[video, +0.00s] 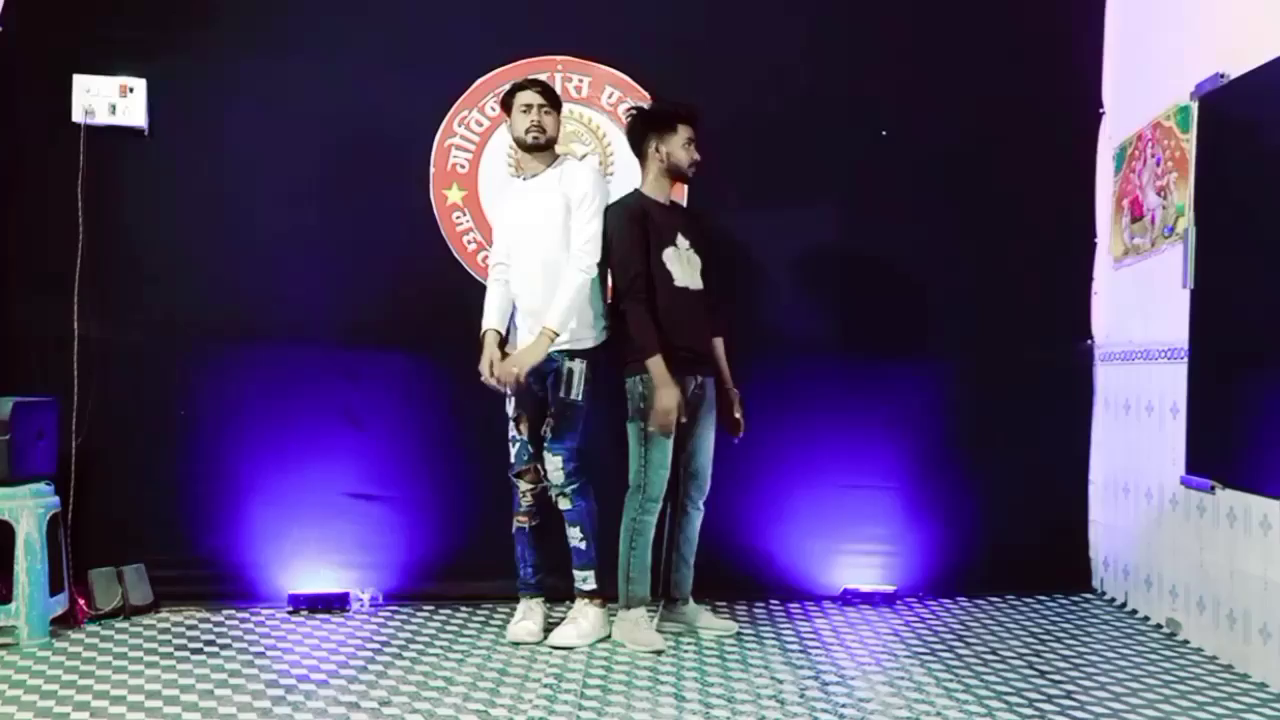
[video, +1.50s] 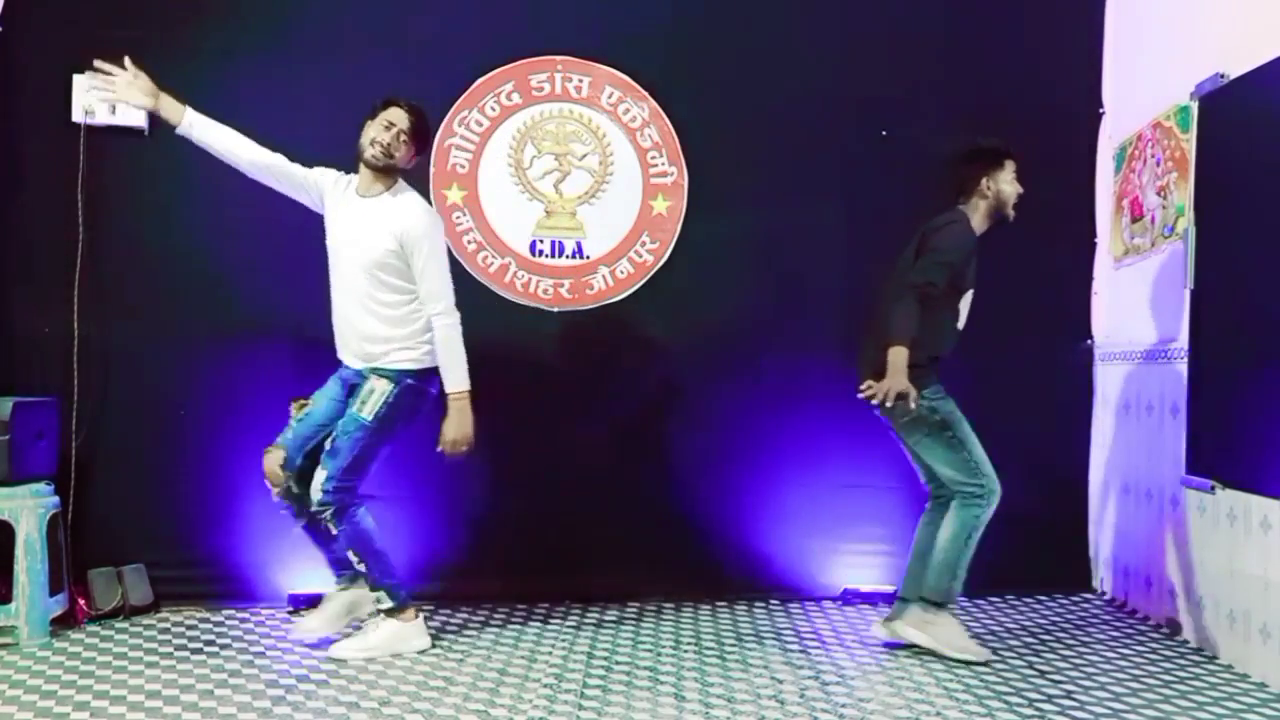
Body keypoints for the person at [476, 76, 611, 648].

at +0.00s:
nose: (535, 118)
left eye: (545, 110)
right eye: (524, 110)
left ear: (559, 121)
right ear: (508, 121)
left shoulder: (581, 175)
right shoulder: (506, 188)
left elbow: (586, 264)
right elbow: (501, 265)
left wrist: (541, 341)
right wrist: (491, 337)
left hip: (572, 343)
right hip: (520, 345)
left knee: (562, 468)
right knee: (524, 474)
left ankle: (589, 602)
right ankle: (530, 599)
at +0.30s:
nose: (535, 128)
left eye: (542, 116)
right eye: (523, 121)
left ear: (561, 118)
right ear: (513, 132)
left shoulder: (580, 172)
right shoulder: (522, 187)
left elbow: (592, 262)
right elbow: (517, 266)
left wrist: (588, 346)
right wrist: (503, 343)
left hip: (574, 347)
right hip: (529, 348)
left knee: (575, 471)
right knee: (529, 473)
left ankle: (589, 601)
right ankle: (532, 597)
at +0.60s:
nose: (508, 136)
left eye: (518, 125)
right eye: (499, 128)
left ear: (541, 129)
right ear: (491, 138)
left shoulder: (574, 187)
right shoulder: (495, 195)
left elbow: (592, 275)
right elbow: (497, 273)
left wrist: (587, 359)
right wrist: (498, 346)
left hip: (574, 354)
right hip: (529, 356)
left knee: (551, 473)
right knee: (528, 480)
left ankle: (586, 592)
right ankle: (573, 591)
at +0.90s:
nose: (486, 160)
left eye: (498, 152)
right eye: (476, 150)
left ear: (513, 164)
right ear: (461, 160)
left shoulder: (538, 223)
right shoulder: (447, 232)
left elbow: (575, 313)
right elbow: (420, 311)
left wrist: (598, 394)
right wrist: (377, 386)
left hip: (555, 370)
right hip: (504, 378)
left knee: (505, 477)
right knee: (485, 499)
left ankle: (568, 586)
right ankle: (549, 590)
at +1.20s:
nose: (438, 156)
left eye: (451, 152)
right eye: (431, 144)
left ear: (462, 170)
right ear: (413, 153)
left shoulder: (477, 228)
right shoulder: (388, 216)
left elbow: (527, 311)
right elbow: (311, 230)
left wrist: (560, 391)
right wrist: (214, 232)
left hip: (491, 373)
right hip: (441, 377)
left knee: (413, 485)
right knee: (404, 497)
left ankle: (513, 576)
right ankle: (475, 601)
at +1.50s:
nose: (391, 137)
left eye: (405, 136)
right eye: (386, 124)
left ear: (411, 155)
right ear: (364, 131)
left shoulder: (418, 217)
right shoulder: (330, 188)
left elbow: (445, 312)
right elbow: (249, 155)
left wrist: (460, 402)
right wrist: (161, 101)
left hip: (402, 373)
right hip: (355, 366)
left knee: (331, 491)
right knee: (282, 466)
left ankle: (403, 617)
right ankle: (353, 586)